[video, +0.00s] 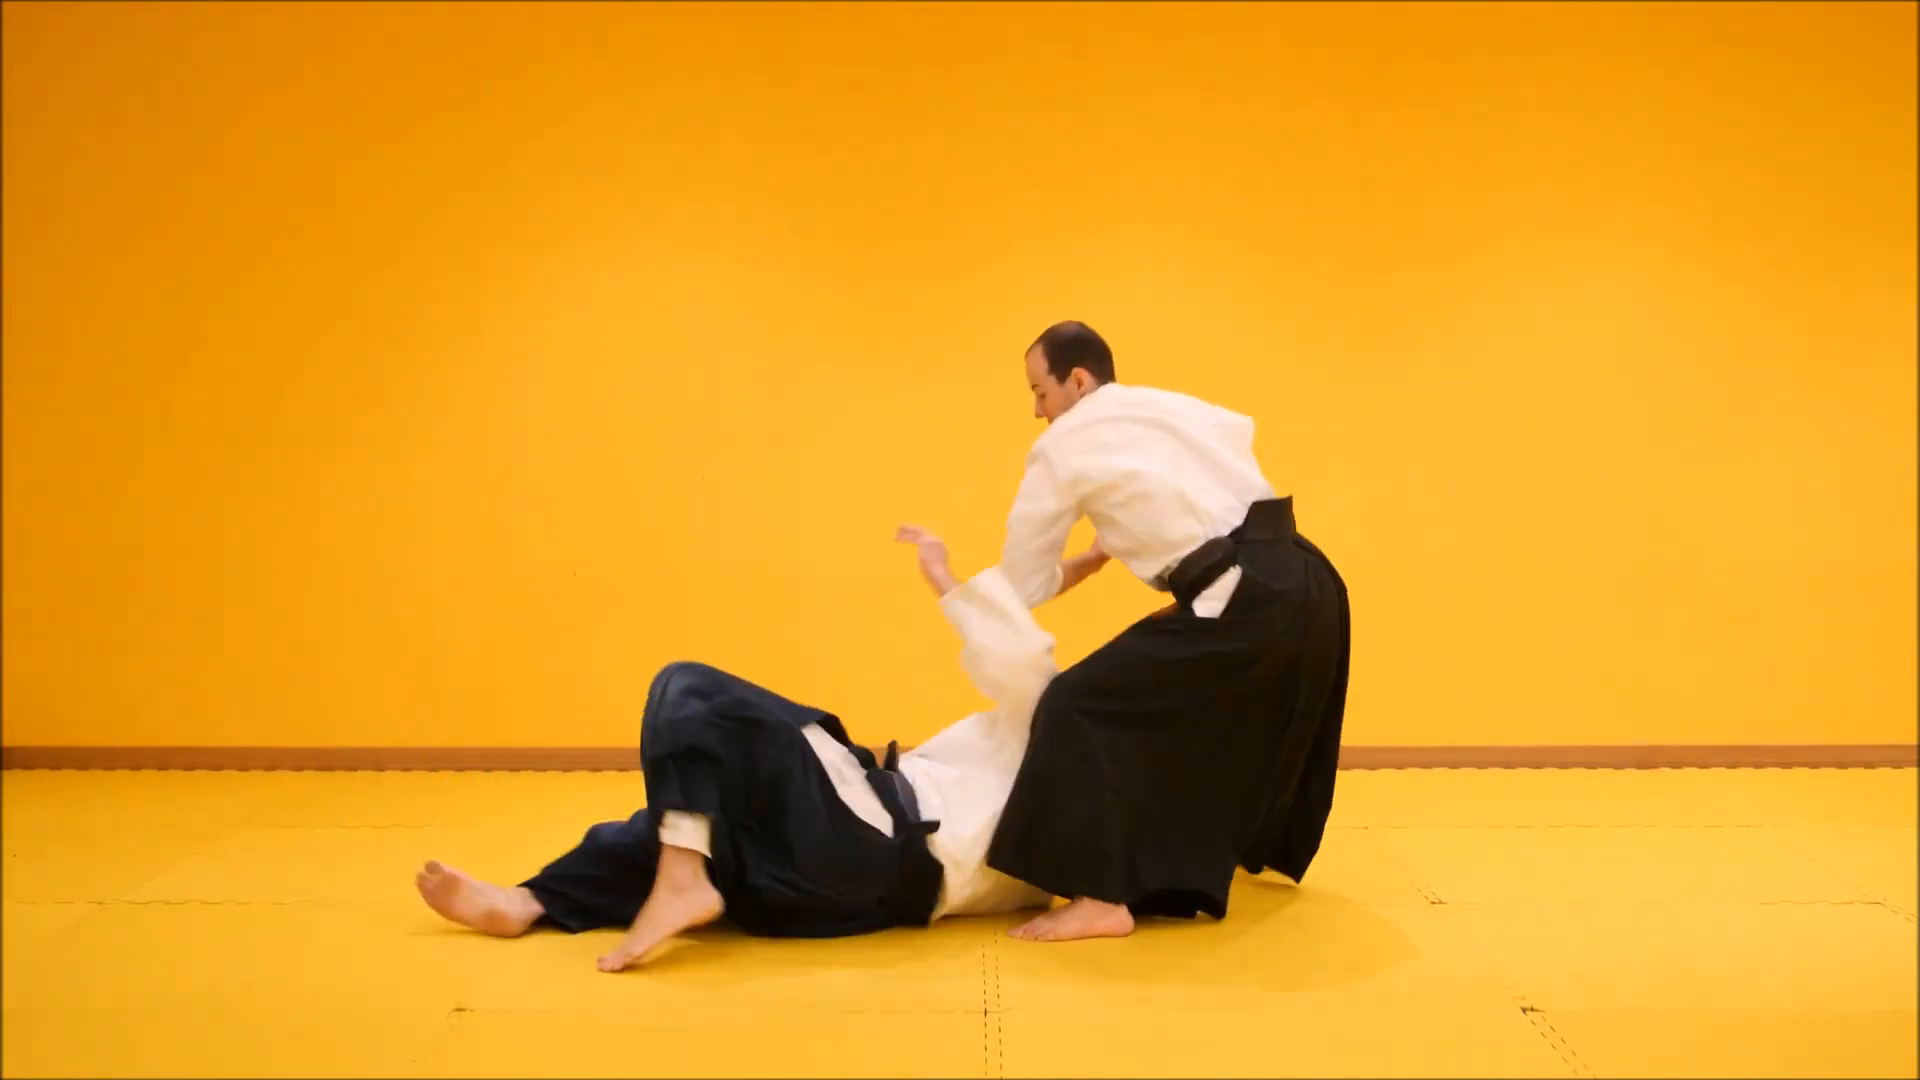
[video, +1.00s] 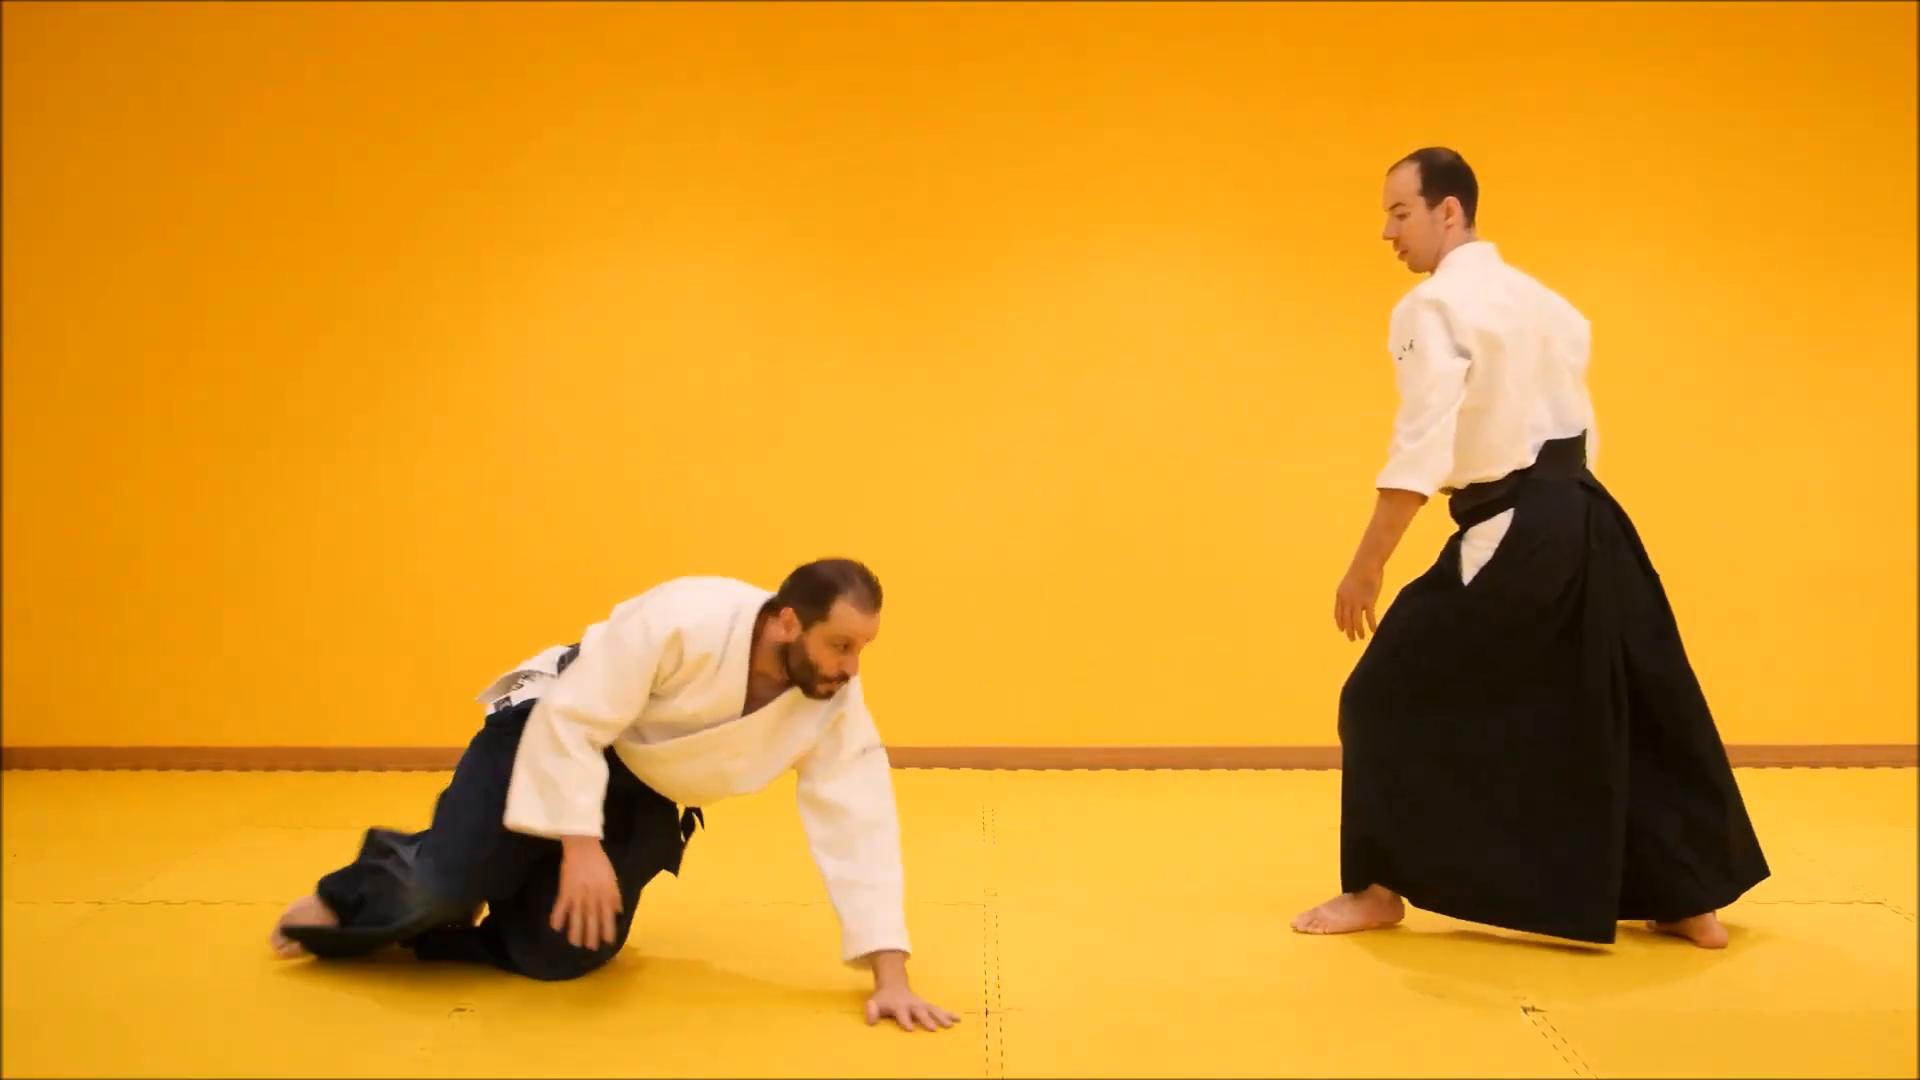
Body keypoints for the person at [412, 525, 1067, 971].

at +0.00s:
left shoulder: (1066, 738)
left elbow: (1033, 673)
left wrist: (952, 588)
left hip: (887, 844)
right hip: (846, 890)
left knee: (693, 692)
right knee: (665, 836)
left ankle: (684, 881)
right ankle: (527, 901)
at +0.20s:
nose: (1034, 725)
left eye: (1047, 724)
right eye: (1044, 720)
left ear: (1062, 739)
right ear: (1087, 760)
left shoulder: (1034, 780)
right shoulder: (1077, 833)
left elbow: (943, 799)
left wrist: (844, 744)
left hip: (838, 843)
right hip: (850, 871)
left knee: (652, 751)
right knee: (644, 825)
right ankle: (451, 872)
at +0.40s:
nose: (941, 762)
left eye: (959, 765)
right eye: (948, 748)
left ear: (1003, 782)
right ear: (964, 735)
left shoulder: (997, 859)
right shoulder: (951, 754)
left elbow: (970, 942)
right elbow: (872, 748)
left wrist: (858, 932)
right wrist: (793, 750)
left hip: (785, 854)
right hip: (776, 786)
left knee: (611, 858)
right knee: (603, 780)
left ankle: (393, 910)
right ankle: (465, 849)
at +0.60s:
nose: (844, 766)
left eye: (866, 760)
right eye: (840, 744)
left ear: (909, 751)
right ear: (836, 707)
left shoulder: (939, 818)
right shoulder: (805, 696)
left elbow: (992, 938)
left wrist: (927, 974)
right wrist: (675, 880)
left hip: (758, 876)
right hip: (722, 780)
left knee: (590, 872)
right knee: (577, 724)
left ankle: (437, 886)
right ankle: (495, 859)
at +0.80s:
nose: (843, 778)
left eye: (858, 764)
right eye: (831, 757)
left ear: (877, 750)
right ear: (787, 725)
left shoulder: (862, 786)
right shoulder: (710, 709)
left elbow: (883, 878)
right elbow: (618, 803)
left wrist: (911, 973)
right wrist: (657, 933)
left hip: (701, 860)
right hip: (634, 765)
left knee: (583, 949)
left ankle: (522, 905)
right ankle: (512, 889)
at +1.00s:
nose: (849, 667)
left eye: (861, 652)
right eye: (839, 648)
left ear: (863, 646)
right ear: (784, 624)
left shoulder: (836, 705)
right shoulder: (689, 618)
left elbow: (861, 823)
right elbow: (572, 718)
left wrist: (891, 972)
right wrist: (581, 847)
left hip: (652, 795)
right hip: (556, 731)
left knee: (562, 951)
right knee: (447, 894)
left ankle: (423, 912)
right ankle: (346, 907)